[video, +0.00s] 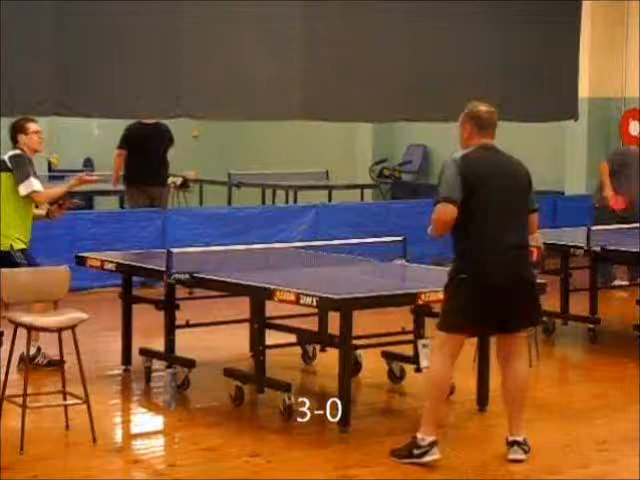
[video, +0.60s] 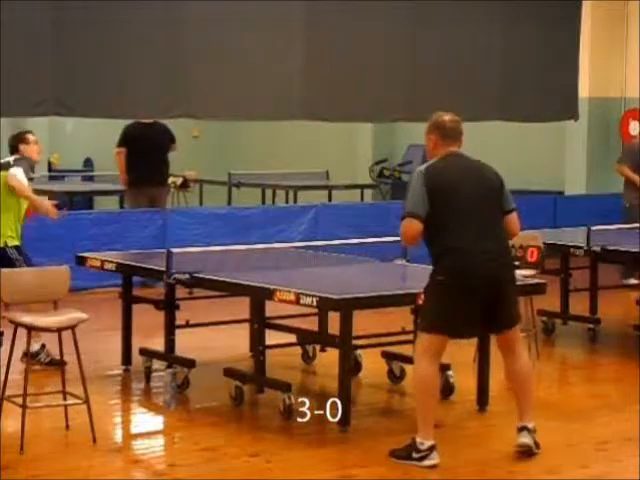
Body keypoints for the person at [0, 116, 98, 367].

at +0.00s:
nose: (41, 138)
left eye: (40, 134)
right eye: (36, 134)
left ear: (23, 140)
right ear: (21, 138)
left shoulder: (14, 160)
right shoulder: (18, 159)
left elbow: (17, 208)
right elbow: (40, 196)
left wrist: (46, 212)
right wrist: (74, 184)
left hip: (9, 243)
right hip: (10, 246)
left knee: (5, 297)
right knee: (44, 287)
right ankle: (33, 349)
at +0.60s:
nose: (39, 148)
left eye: (37, 143)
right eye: (34, 143)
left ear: (20, 149)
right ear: (21, 147)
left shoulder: (11, 166)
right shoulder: (20, 162)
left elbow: (16, 206)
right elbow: (14, 180)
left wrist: (39, 204)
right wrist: (40, 203)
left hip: (9, 239)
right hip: (7, 242)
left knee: (29, 289)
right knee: (34, 288)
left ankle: (34, 346)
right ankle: (34, 346)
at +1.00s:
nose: (71, 152)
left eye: (73, 147)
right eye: (67, 146)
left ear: (67, 150)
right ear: (52, 147)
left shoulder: (58, 178)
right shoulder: (33, 166)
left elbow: (57, 211)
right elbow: (3, 189)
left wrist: (58, 216)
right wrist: (12, 219)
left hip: (35, 242)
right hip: (16, 240)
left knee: (34, 294)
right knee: (38, 292)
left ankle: (38, 348)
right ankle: (37, 347)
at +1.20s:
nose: (77, 153)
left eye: (78, 148)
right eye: (72, 148)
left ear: (75, 151)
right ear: (57, 151)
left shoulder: (71, 179)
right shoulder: (42, 170)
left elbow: (70, 207)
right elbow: (7, 196)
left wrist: (64, 226)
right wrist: (22, 231)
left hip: (50, 244)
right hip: (28, 244)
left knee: (56, 292)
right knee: (46, 293)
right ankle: (40, 347)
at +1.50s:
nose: (89, 143)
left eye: (90, 138)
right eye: (84, 138)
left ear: (88, 142)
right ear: (70, 141)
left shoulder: (87, 168)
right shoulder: (52, 164)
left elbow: (89, 201)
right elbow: (23, 192)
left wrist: (87, 219)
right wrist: (41, 223)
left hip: (68, 238)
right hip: (45, 237)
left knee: (83, 284)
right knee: (57, 290)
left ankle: (57, 331)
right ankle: (47, 344)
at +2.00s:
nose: (114, 173)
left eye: (115, 169)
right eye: (111, 168)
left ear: (92, 169)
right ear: (97, 167)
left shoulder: (70, 183)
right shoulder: (103, 185)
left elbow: (44, 213)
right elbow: (125, 205)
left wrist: (57, 231)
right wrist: (152, 225)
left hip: (50, 249)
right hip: (70, 252)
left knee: (98, 277)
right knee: (78, 302)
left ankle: (86, 329)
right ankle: (41, 347)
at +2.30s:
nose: (116, 146)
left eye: (117, 141)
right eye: (113, 140)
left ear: (104, 142)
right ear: (100, 139)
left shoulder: (97, 174)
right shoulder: (70, 158)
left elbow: (101, 201)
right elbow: (58, 166)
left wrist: (123, 198)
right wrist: (64, 170)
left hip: (87, 230)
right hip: (65, 226)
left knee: (105, 278)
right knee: (78, 276)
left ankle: (89, 326)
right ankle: (62, 332)